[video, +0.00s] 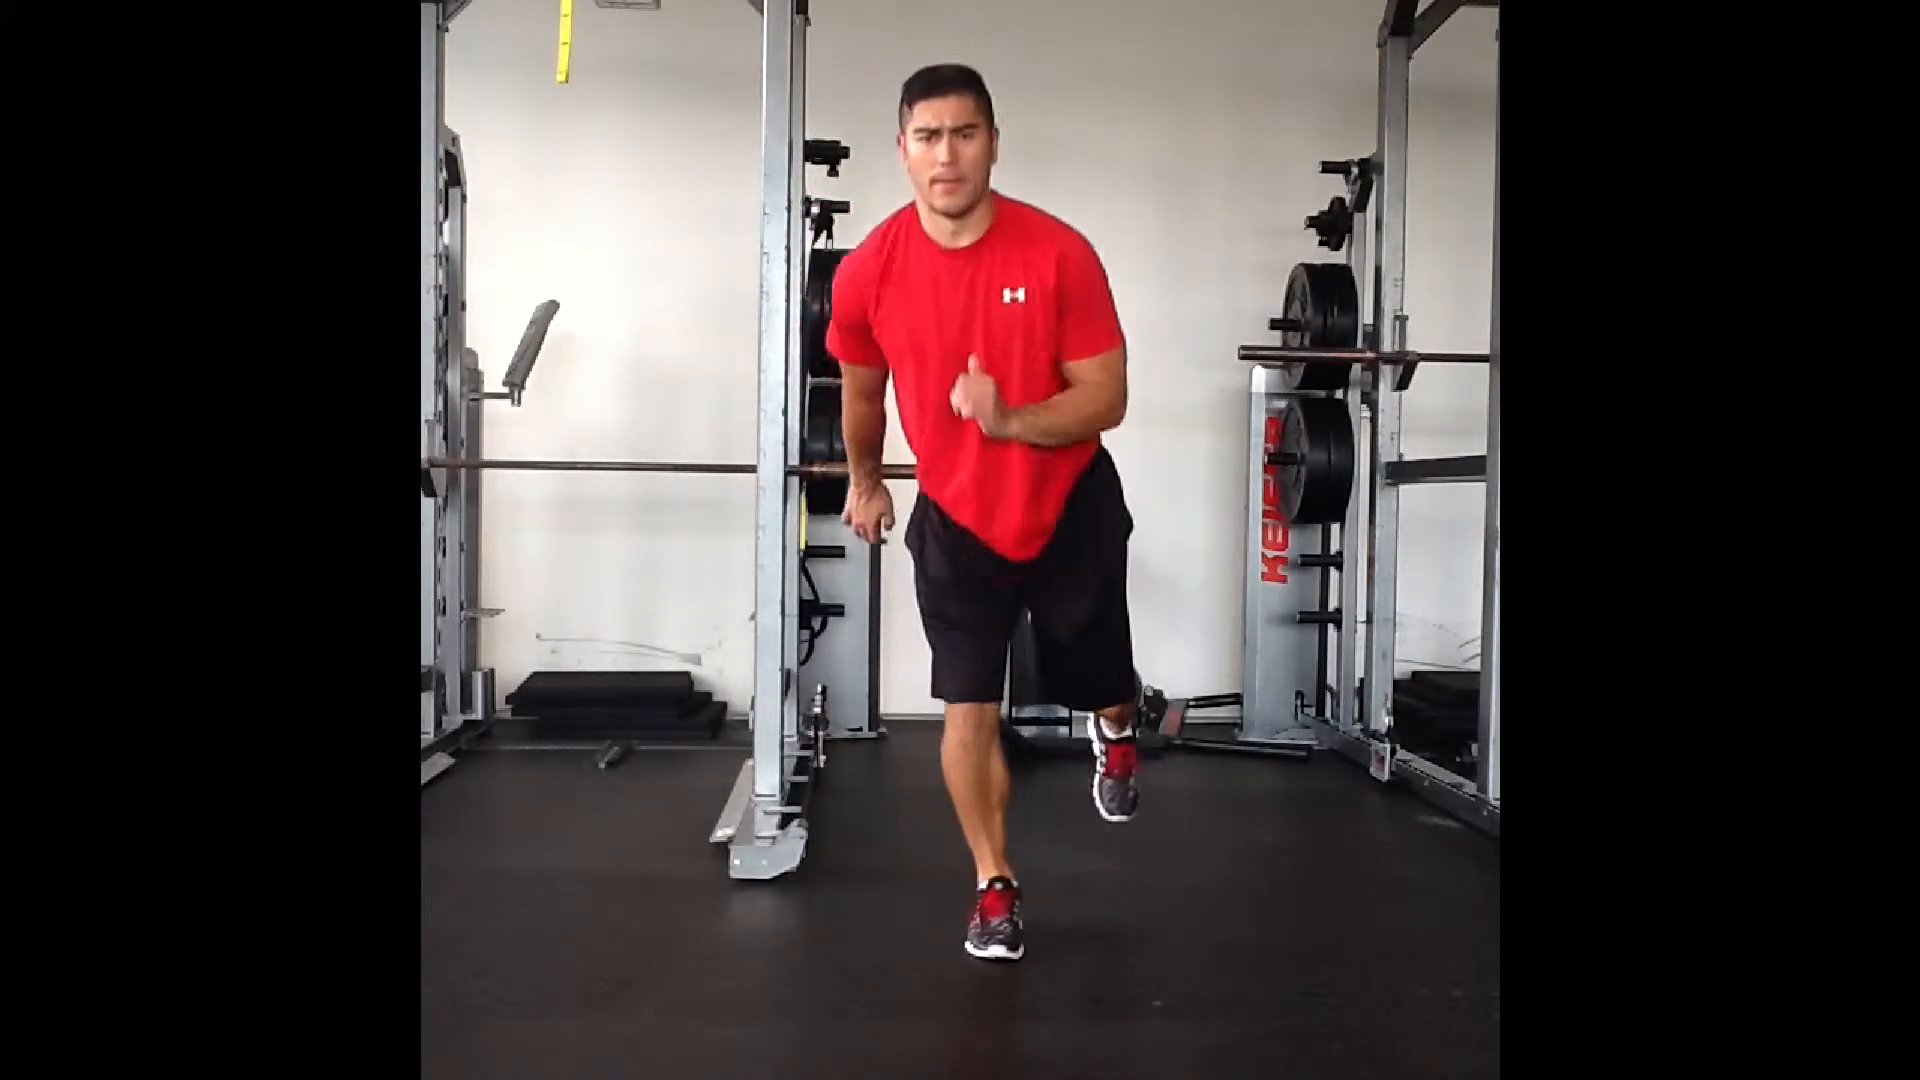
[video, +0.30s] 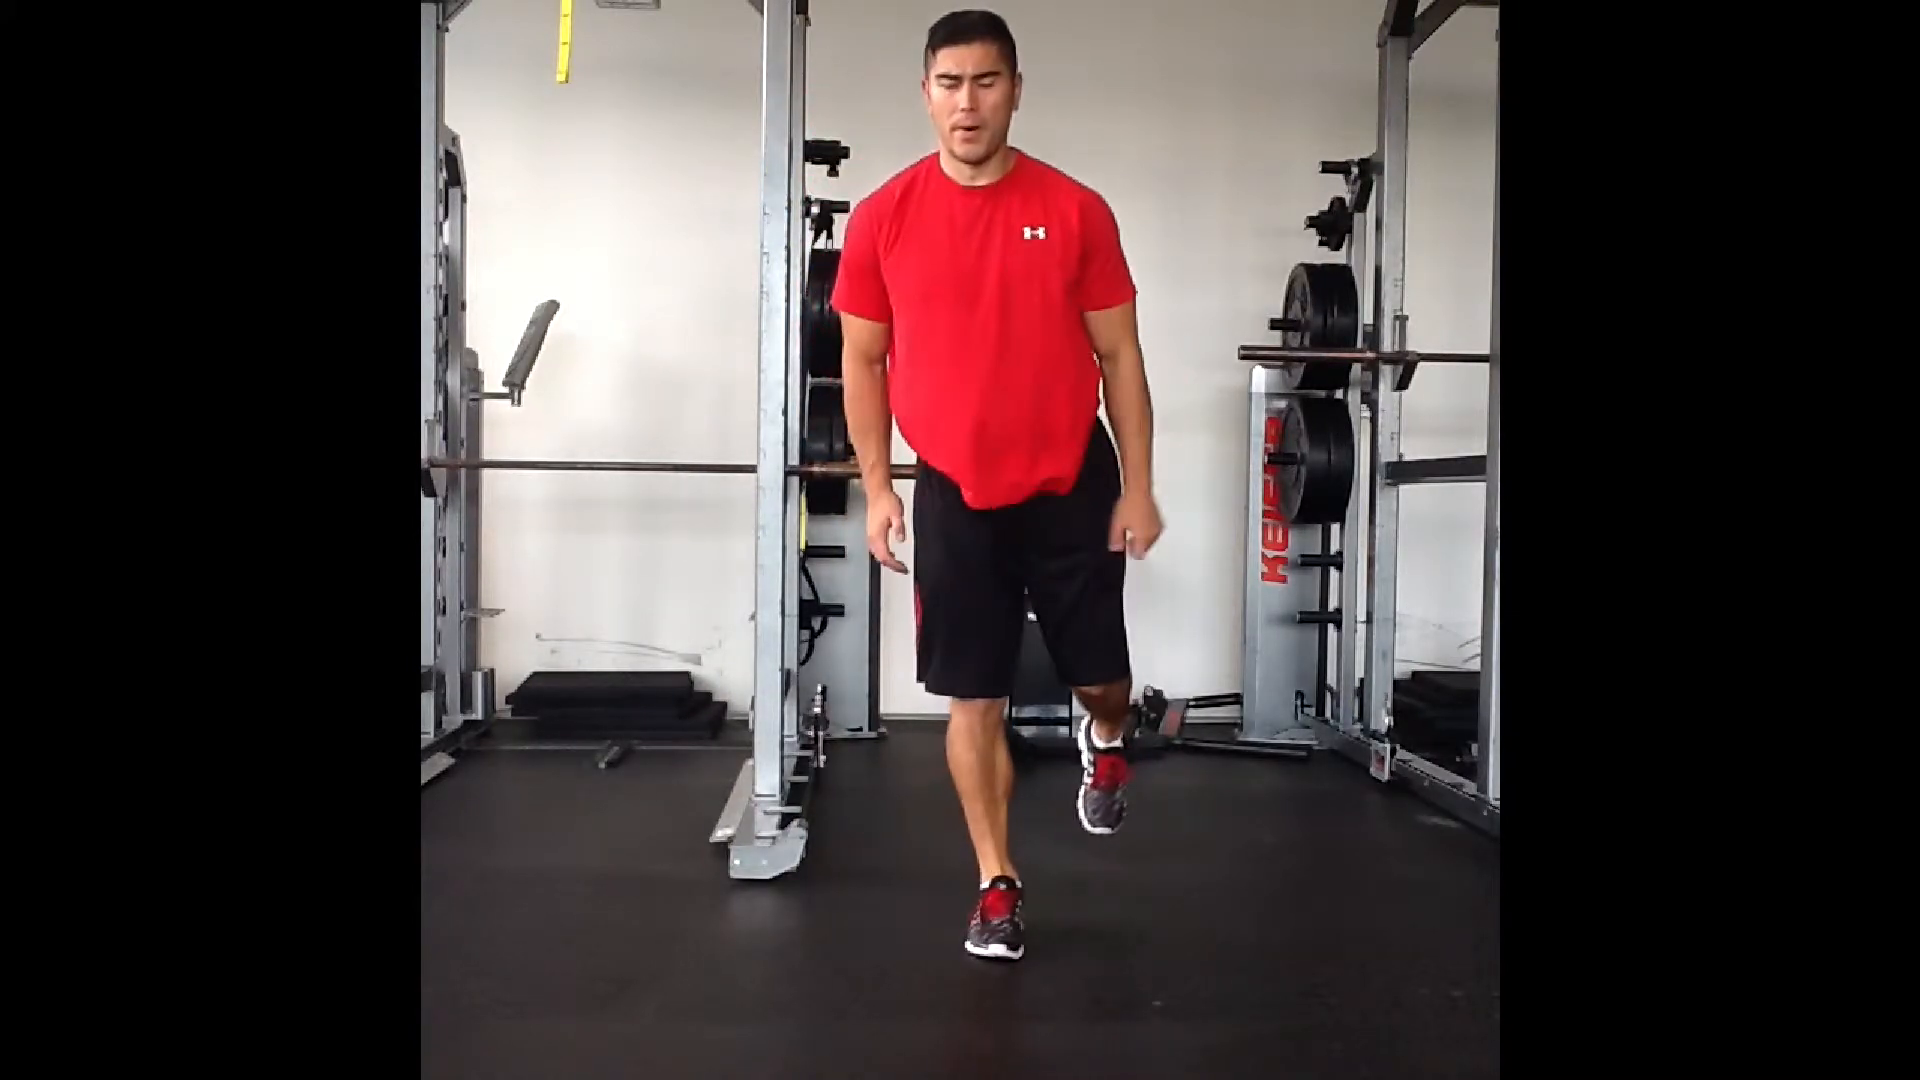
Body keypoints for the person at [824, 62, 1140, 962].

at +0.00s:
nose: (946, 155)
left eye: (964, 134)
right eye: (928, 136)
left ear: (993, 145)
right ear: (902, 150)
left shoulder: (1060, 254)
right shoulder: (869, 273)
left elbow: (1105, 397)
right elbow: (862, 387)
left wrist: (1010, 419)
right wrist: (864, 477)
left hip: (1071, 504)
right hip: (956, 513)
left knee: (1100, 680)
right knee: (968, 704)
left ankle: (1114, 733)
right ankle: (993, 885)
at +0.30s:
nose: (966, 101)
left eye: (985, 82)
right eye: (949, 83)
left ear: (1015, 93)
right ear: (926, 95)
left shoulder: (1075, 210)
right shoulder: (881, 219)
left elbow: (1119, 352)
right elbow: (861, 359)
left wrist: (1138, 485)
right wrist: (876, 487)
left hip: (1068, 483)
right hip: (952, 491)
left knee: (1098, 679)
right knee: (972, 695)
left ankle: (1107, 750)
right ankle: (994, 883)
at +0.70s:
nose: (1047, 194)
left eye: (1061, 178)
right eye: (1032, 179)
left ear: (1088, 167)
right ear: (1012, 172)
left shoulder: (1140, 257)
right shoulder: (976, 261)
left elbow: (1165, 380)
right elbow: (953, 383)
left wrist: (1169, 495)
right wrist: (944, 496)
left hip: (1114, 499)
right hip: (1015, 498)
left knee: (1102, 668)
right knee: (1017, 671)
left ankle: (1098, 823)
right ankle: (1024, 840)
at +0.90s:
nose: (1041, 176)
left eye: (1057, 158)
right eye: (1025, 160)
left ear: (1082, 152)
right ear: (1005, 160)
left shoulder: (1133, 253)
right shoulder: (966, 256)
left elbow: (1160, 373)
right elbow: (941, 377)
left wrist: (1165, 490)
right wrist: (940, 486)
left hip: (1111, 495)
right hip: (1012, 496)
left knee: (1103, 667)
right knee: (1018, 672)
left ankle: (1099, 819)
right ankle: (1024, 840)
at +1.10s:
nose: (1037, 171)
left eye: (1052, 152)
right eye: (1020, 154)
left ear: (1078, 147)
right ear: (1001, 155)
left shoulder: (1131, 251)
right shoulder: (964, 253)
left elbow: (1159, 373)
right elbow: (945, 379)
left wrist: (1158, 489)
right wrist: (959, 491)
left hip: (1106, 498)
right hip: (1008, 500)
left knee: (1103, 667)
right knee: (1016, 673)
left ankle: (1102, 818)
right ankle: (1025, 840)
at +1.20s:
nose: (1033, 167)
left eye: (1048, 149)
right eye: (1017, 151)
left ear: (1074, 147)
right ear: (997, 153)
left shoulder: (1128, 250)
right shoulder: (960, 252)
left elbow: (1155, 372)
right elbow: (938, 376)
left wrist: (1155, 490)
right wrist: (949, 487)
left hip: (1106, 496)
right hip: (1006, 497)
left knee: (1105, 669)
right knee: (1015, 673)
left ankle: (1102, 817)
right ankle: (1026, 839)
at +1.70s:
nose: (1021, 148)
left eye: (1037, 131)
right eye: (1005, 132)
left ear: (1062, 138)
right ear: (985, 142)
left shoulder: (1115, 246)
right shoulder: (945, 250)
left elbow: (1143, 371)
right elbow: (917, 376)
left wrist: (1148, 488)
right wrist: (913, 491)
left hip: (1098, 490)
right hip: (996, 491)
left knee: (1106, 662)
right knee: (1008, 672)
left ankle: (1080, 733)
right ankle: (1024, 841)